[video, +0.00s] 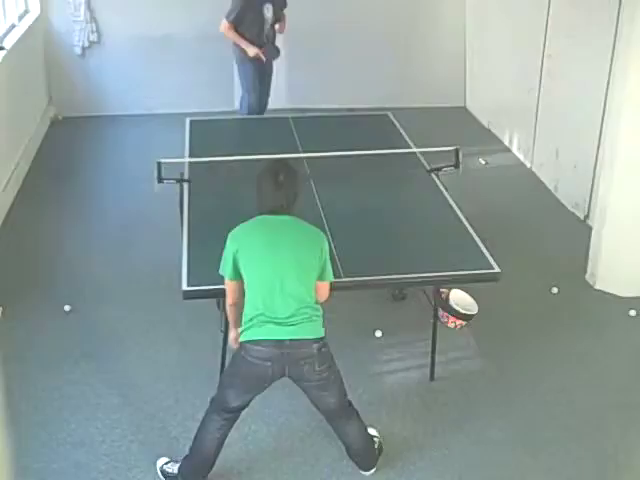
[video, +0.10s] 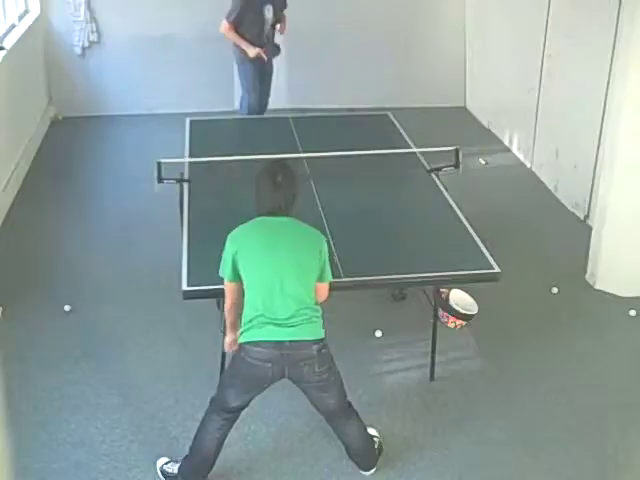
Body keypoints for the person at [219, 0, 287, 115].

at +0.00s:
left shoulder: (277, 2)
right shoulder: (242, 3)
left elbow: (280, 14)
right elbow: (226, 27)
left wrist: (280, 24)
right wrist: (248, 47)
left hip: (267, 52)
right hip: (246, 53)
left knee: (263, 101)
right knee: (252, 100)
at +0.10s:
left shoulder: (277, 2)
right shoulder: (242, 3)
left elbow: (280, 14)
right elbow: (226, 28)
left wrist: (282, 22)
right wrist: (248, 48)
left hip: (267, 53)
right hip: (246, 54)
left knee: (263, 101)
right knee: (252, 101)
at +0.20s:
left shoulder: (278, 2)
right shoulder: (244, 3)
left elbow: (279, 15)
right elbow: (226, 31)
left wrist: (282, 25)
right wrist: (250, 51)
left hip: (265, 56)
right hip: (245, 56)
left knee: (263, 105)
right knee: (252, 104)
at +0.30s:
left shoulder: (279, 3)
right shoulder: (245, 5)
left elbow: (279, 23)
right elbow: (225, 37)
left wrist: (282, 34)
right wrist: (250, 54)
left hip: (264, 58)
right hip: (244, 59)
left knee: (263, 102)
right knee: (253, 103)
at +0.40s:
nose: (271, 6)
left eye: (273, 4)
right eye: (270, 3)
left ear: (277, 3)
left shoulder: (280, 5)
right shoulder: (246, 7)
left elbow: (279, 28)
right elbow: (225, 39)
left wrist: (283, 41)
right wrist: (250, 60)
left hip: (262, 60)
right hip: (241, 60)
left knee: (264, 106)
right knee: (252, 108)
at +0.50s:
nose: (274, 4)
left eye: (278, 1)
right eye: (271, 0)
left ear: (281, 2)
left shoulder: (283, 8)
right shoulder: (246, 11)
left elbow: (281, 34)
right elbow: (224, 44)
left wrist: (283, 52)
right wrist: (248, 66)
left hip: (262, 63)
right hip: (239, 62)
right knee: (251, 108)